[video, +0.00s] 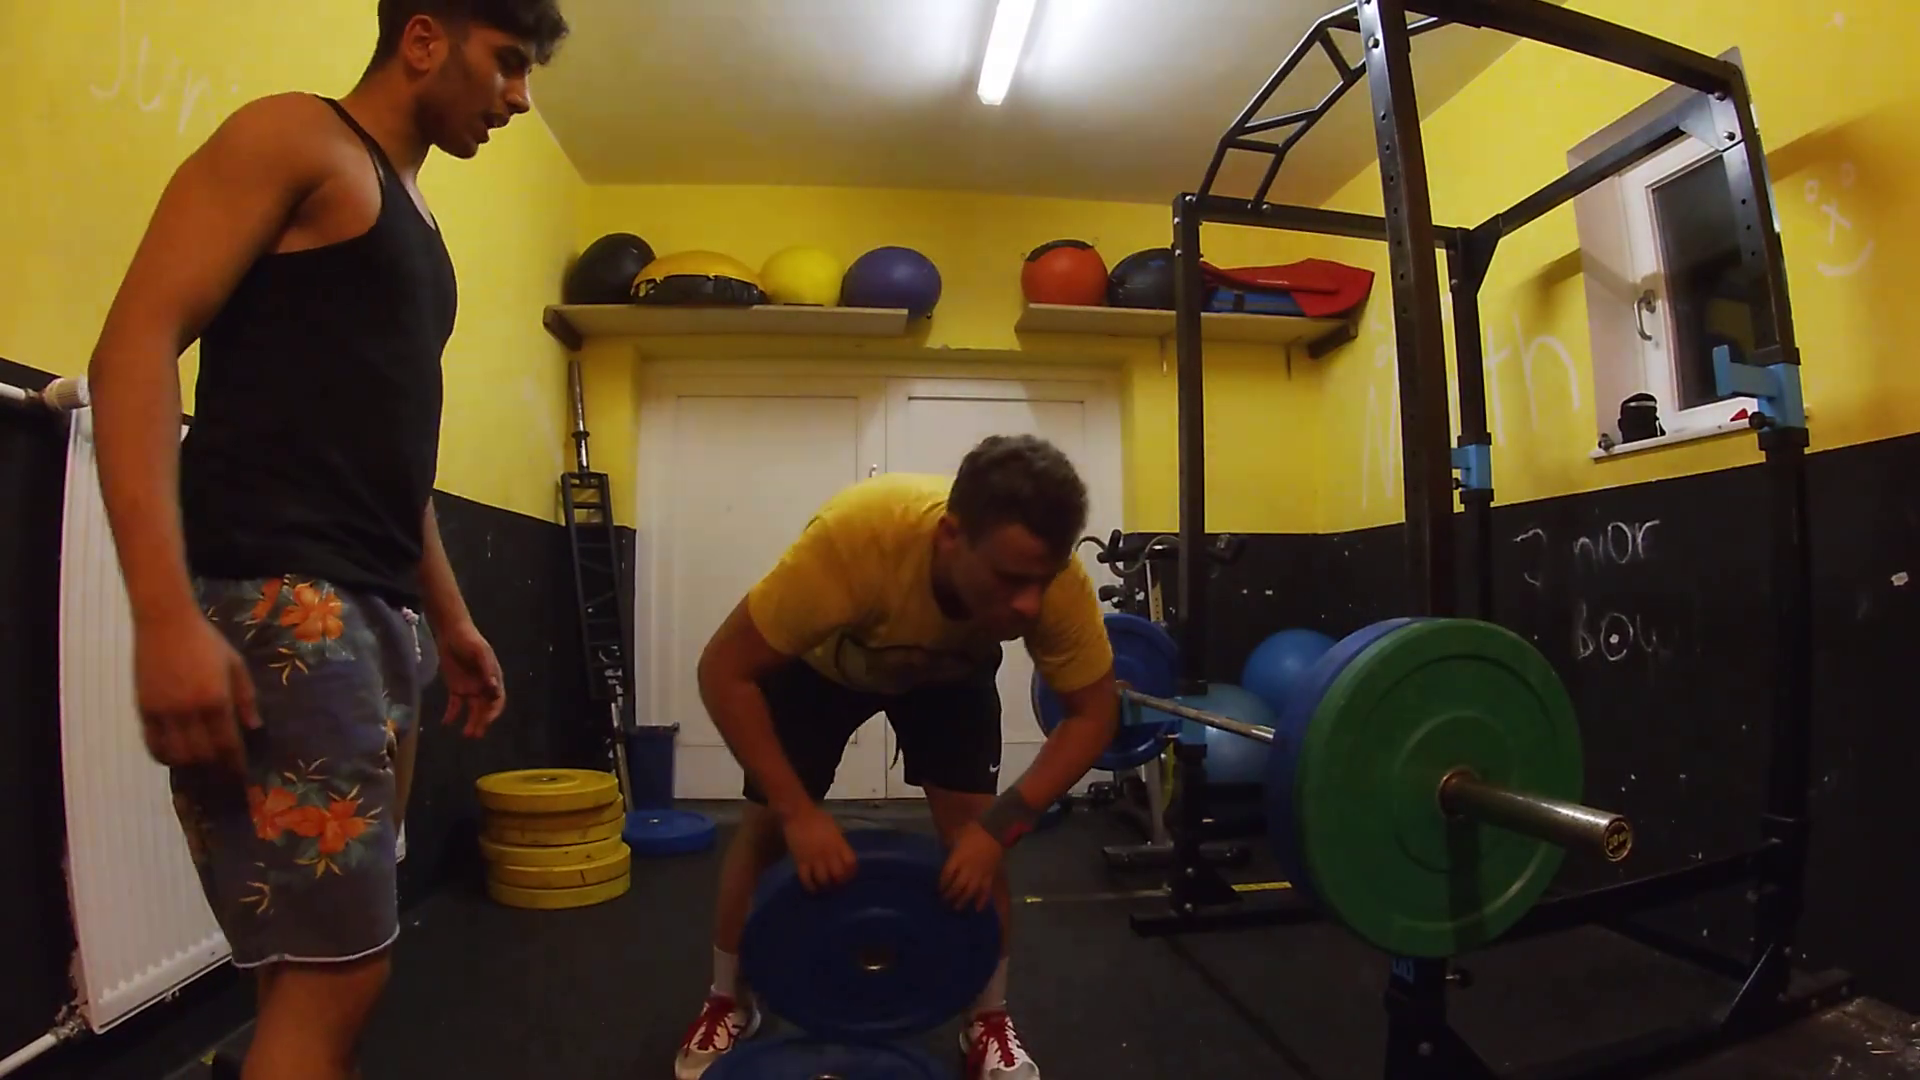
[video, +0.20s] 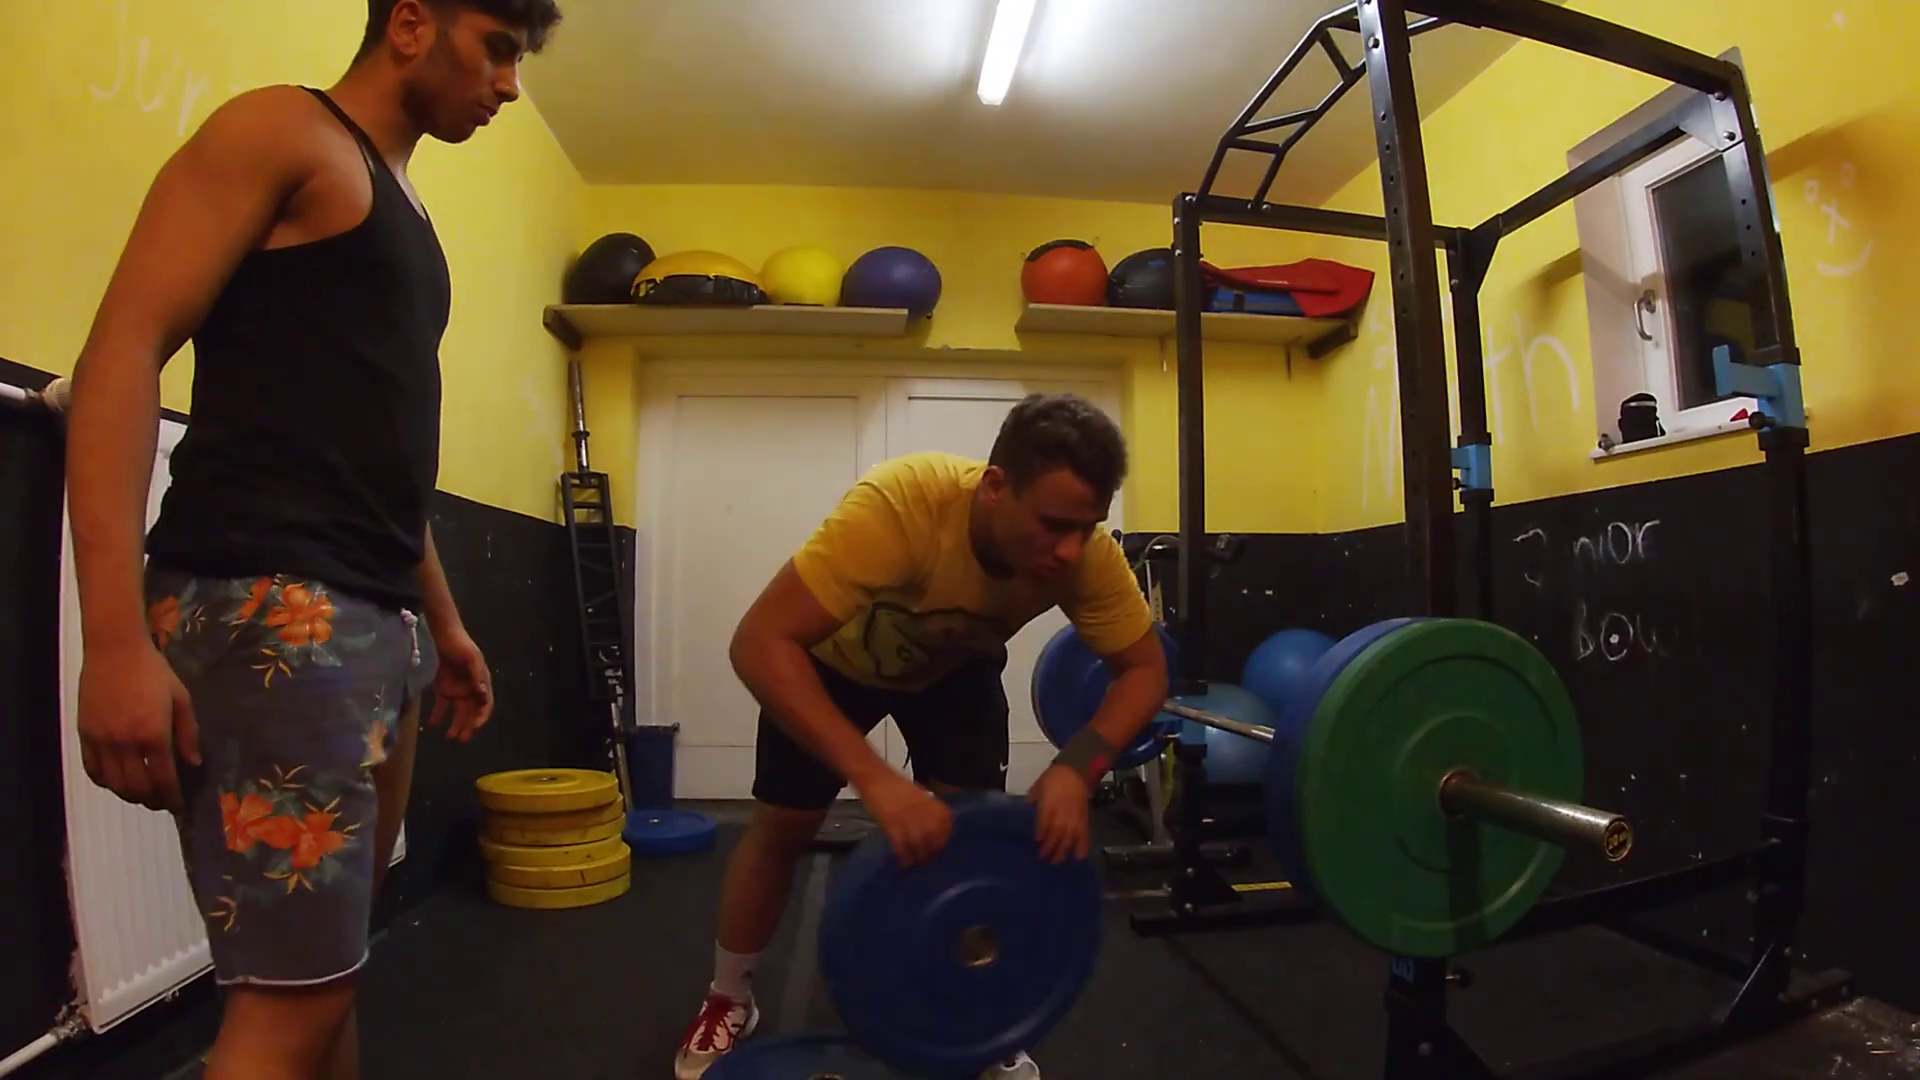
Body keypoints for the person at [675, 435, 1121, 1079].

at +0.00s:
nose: (1030, 605)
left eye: (1045, 582)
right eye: (1010, 581)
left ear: (1062, 560)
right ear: (950, 536)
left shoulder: (1059, 583)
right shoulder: (851, 542)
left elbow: (1094, 714)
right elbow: (721, 668)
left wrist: (996, 831)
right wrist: (799, 812)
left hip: (953, 671)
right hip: (824, 661)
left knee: (974, 835)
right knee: (769, 822)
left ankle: (990, 1021)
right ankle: (728, 1005)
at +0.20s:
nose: (1070, 552)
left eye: (1086, 530)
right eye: (1054, 526)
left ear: (1101, 518)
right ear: (994, 486)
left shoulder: (1085, 554)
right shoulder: (895, 507)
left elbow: (1145, 669)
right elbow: (758, 642)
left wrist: (1076, 769)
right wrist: (874, 778)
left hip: (958, 671)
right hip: (836, 660)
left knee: (976, 841)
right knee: (781, 827)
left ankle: (989, 1033)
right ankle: (727, 1002)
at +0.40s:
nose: (1091, 574)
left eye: (1106, 553)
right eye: (1076, 549)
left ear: (1123, 537)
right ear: (1018, 507)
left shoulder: (1102, 564)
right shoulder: (909, 529)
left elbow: (1145, 679)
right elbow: (802, 680)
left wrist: (1134, 773)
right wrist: (942, 800)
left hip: (959, 673)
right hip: (841, 659)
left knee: (985, 838)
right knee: (791, 828)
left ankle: (987, 1025)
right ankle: (726, 1003)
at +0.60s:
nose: (1060, 604)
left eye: (1079, 587)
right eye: (1047, 579)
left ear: (1100, 565)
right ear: (1000, 520)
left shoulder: (1087, 575)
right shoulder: (892, 542)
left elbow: (1095, 713)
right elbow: (842, 731)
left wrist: (1074, 836)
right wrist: (963, 885)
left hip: (952, 666)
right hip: (826, 643)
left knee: (979, 821)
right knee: (784, 826)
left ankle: (987, 1018)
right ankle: (728, 1003)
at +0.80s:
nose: (1002, 650)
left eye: (1022, 634)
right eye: (986, 626)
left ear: (1054, 606)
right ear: (946, 563)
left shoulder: (1052, 611)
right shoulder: (850, 564)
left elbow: (1044, 740)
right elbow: (778, 767)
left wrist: (998, 879)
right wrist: (842, 933)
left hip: (942, 677)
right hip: (820, 666)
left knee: (977, 826)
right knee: (769, 828)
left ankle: (989, 1018)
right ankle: (727, 1004)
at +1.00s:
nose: (931, 752)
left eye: (949, 733)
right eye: (916, 727)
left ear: (985, 697)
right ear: (877, 665)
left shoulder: (1017, 682)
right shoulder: (802, 661)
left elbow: (1015, 822)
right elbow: (758, 878)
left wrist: (973, 975)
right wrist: (801, 1060)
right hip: (786, 654)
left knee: (983, 831)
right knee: (745, 848)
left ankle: (991, 1017)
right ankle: (726, 1007)